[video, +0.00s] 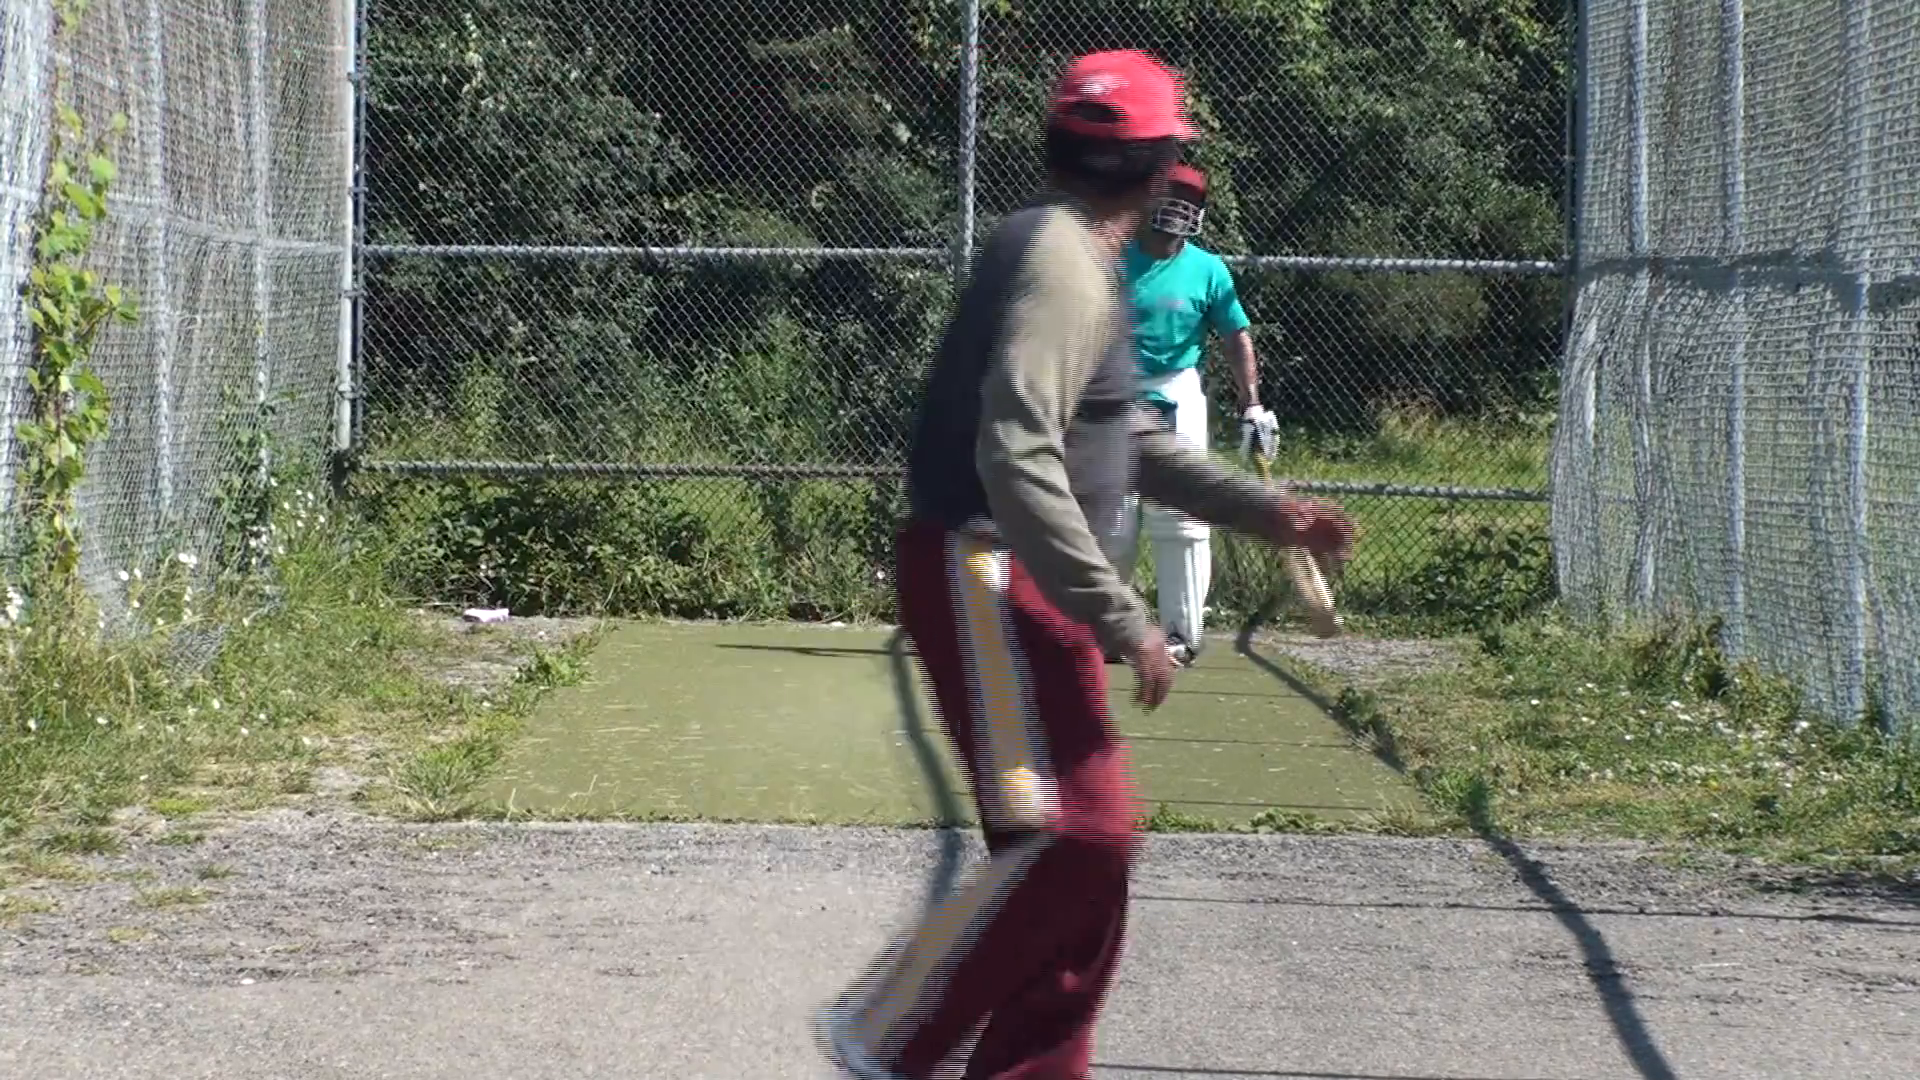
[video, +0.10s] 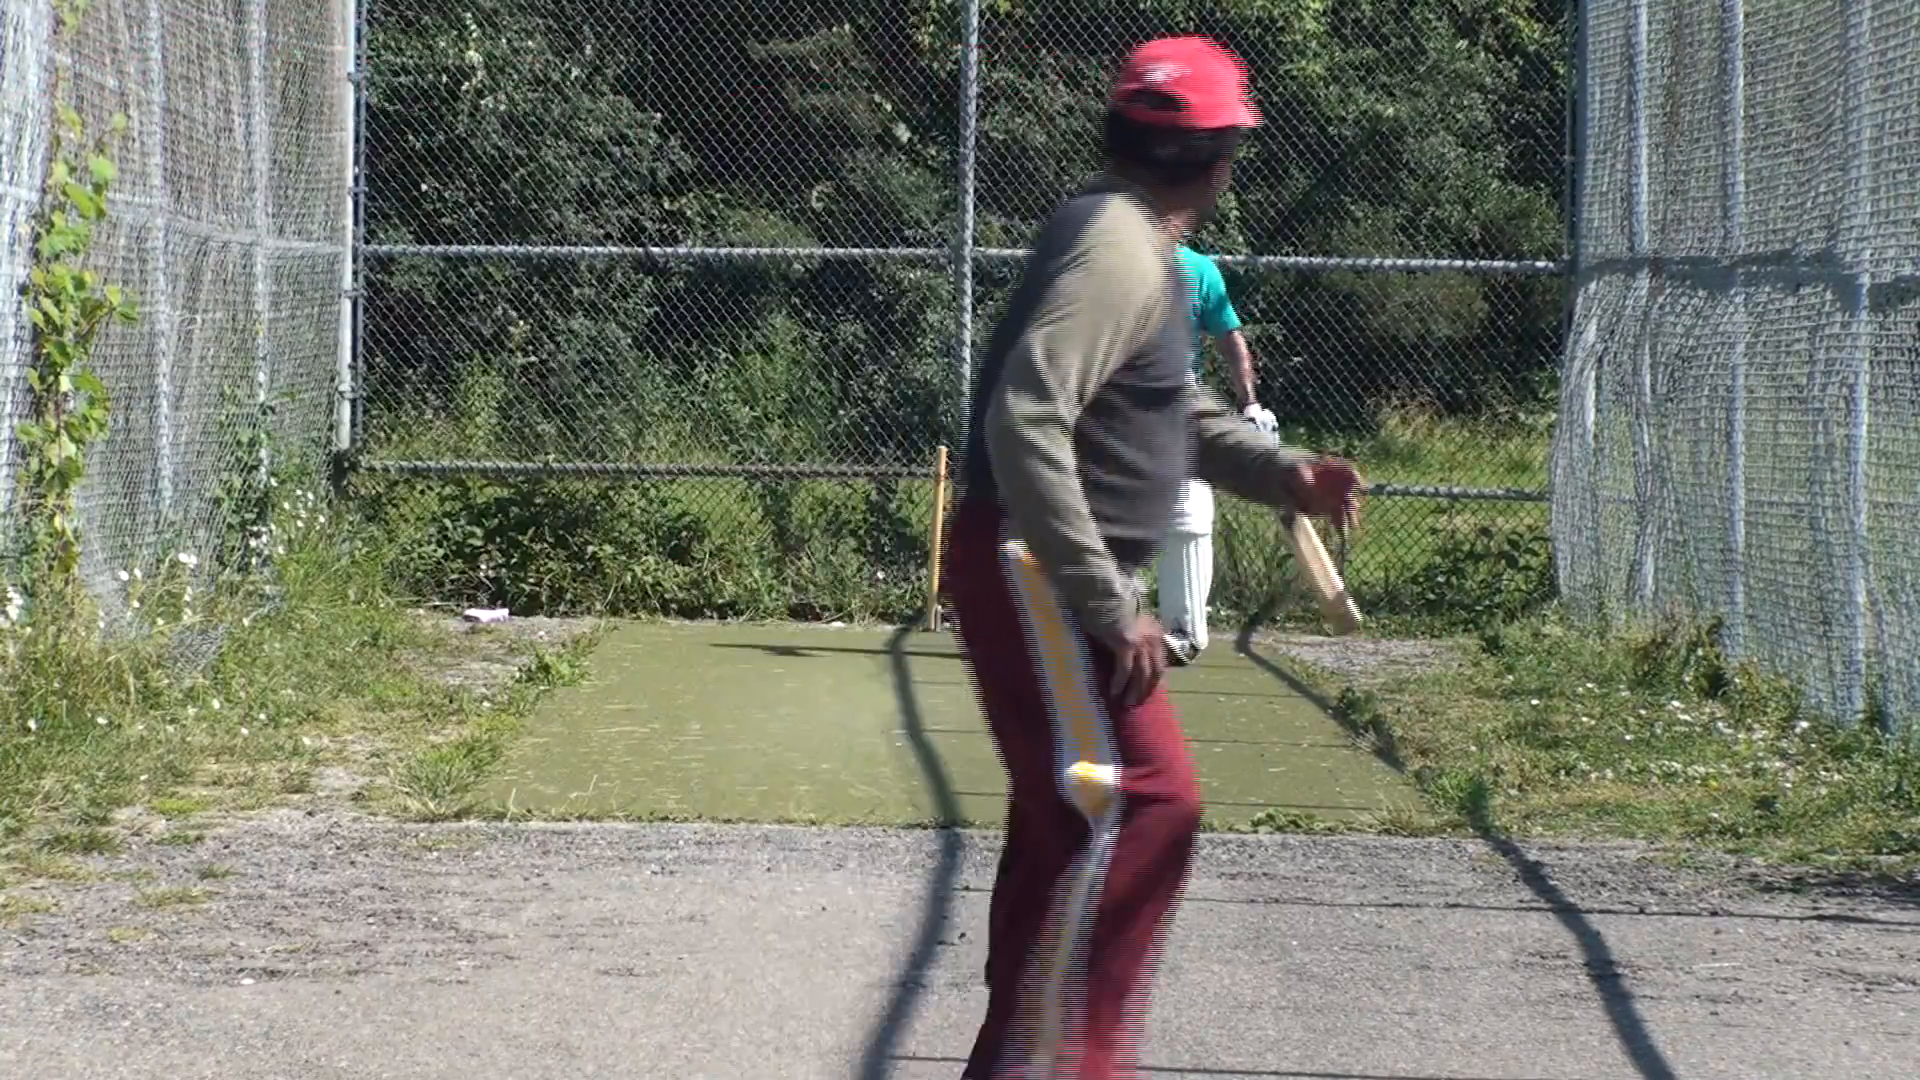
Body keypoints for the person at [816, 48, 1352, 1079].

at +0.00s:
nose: (1181, 173)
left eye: (1180, 155)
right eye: (1173, 155)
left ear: (1082, 156)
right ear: (1144, 165)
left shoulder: (1086, 260)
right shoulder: (1055, 256)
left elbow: (1129, 443)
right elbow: (1016, 452)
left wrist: (1260, 504)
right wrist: (1120, 614)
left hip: (1027, 563)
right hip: (976, 564)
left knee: (1095, 835)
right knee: (1061, 832)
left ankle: (1030, 1065)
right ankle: (876, 1044)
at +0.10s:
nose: (1232, 164)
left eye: (1232, 146)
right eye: (1229, 146)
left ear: (1135, 143)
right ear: (1214, 156)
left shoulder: (1142, 246)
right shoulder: (1114, 247)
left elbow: (1176, 411)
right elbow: (1023, 422)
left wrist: (1289, 477)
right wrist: (1108, 603)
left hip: (1048, 556)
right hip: (1031, 556)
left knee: (1060, 817)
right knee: (1153, 799)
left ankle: (1037, 1059)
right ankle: (1035, 1060)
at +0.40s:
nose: (1380, 160)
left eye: (1378, 139)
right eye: (1376, 142)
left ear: (1274, 139)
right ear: (1356, 155)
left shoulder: (1272, 242)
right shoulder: (1259, 242)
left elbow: (1250, 454)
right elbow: (1226, 446)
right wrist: (1356, 604)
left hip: (1243, 568)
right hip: (1187, 569)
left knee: (1347, 821)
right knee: (1227, 859)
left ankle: (1221, 1034)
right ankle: (1206, 1063)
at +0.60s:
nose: (1473, 149)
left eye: (1474, 128)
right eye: (1468, 129)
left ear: (1377, 126)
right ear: (1441, 136)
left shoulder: (1366, 221)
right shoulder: (1352, 222)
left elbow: (1261, 407)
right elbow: (1356, 423)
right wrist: (1546, 500)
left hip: (1358, 582)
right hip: (1281, 578)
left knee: (1412, 874)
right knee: (1264, 879)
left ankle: (1444, 1073)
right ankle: (1205, 1070)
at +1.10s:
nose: (1600, 174)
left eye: (1612, 150)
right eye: (1576, 149)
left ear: (1622, 149)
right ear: (1494, 143)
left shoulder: (1609, 262)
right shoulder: (1397, 257)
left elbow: (1680, 392)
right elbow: (1320, 446)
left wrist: (1702, 445)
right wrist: (1509, 529)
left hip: (1558, 632)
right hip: (1417, 627)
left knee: (1552, 908)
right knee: (1462, 903)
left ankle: (1537, 1076)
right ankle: (1461, 1076)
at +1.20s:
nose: (1609, 158)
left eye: (1620, 131)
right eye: (1580, 132)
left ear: (1631, 134)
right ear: (1499, 137)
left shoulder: (1634, 258)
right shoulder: (1403, 259)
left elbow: (1686, 428)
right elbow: (1321, 445)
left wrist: (1715, 544)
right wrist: (1476, 566)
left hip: (1587, 639)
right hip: (1435, 635)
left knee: (1601, 908)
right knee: (1461, 913)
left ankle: (1571, 1070)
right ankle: (1477, 1075)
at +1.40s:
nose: (1665, 111)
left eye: (1669, 88)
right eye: (1636, 92)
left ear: (1675, 96)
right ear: (1548, 106)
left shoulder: (1698, 241)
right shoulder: (1435, 232)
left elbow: (1742, 466)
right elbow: (1321, 403)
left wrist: (1772, 657)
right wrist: (1395, 507)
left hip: (1633, 635)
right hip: (1453, 632)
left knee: (1677, 902)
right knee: (1444, 930)